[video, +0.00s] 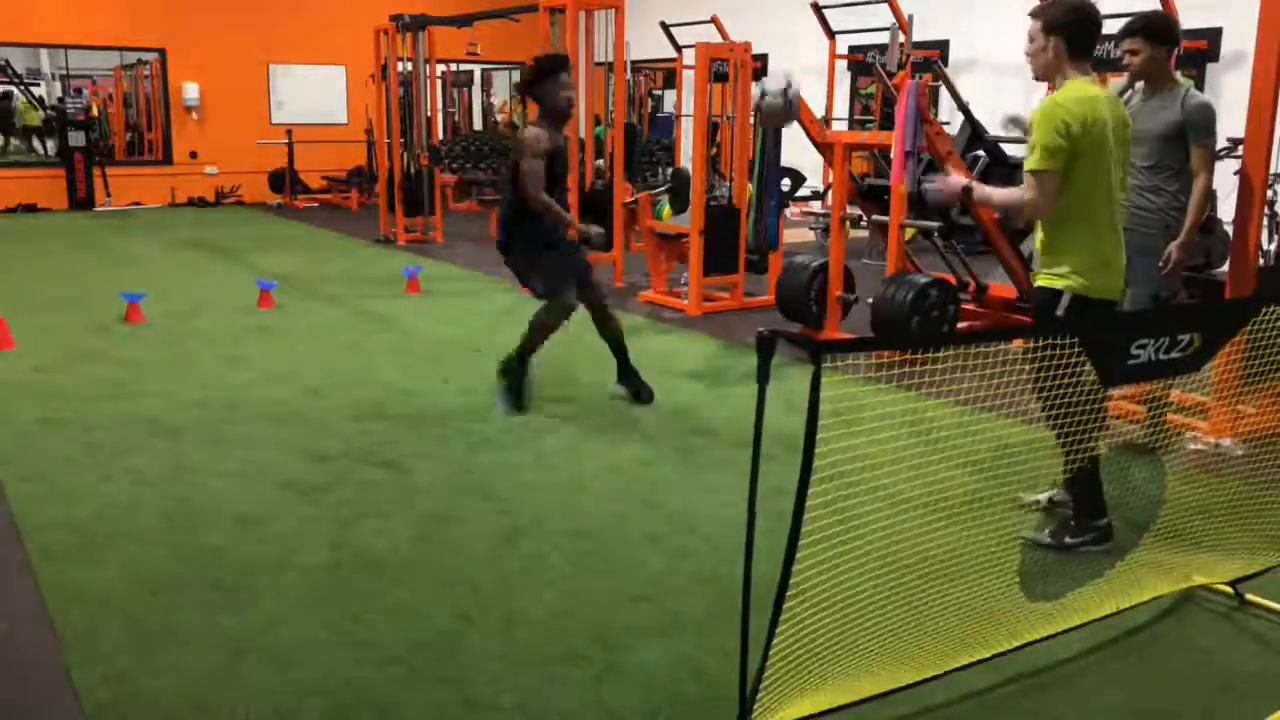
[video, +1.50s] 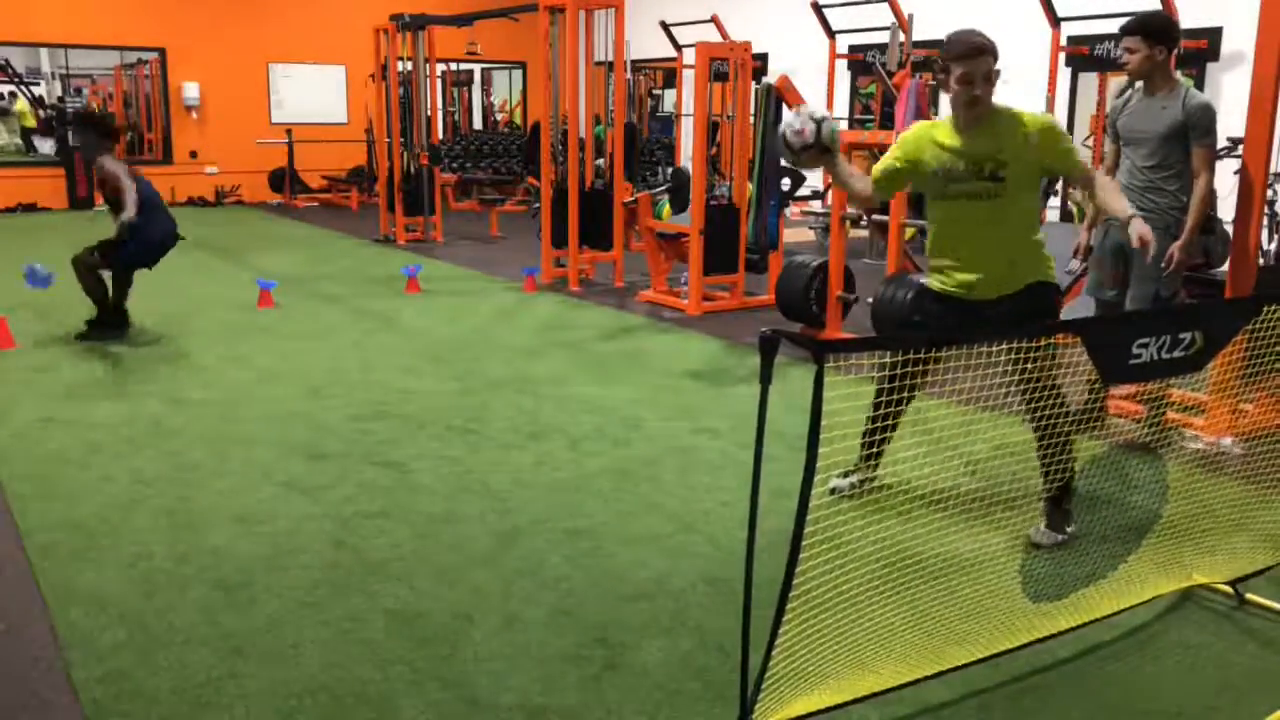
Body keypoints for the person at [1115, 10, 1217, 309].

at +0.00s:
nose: (1125, 61)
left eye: (1133, 53)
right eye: (1124, 54)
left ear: (1163, 52)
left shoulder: (1194, 106)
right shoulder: (1125, 99)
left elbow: (1203, 176)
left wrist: (1184, 240)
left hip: (1158, 238)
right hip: (1113, 230)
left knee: (1140, 327)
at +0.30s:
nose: (1123, 58)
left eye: (1132, 50)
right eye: (1124, 50)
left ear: (1160, 52)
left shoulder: (1195, 107)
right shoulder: (1121, 103)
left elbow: (1203, 177)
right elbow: (1110, 167)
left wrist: (1186, 241)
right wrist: (1103, 217)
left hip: (1161, 231)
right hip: (1116, 227)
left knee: (1140, 319)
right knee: (1109, 319)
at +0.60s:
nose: (1121, 59)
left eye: (1129, 51)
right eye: (1121, 51)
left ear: (1159, 54)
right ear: (1141, 56)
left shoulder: (1195, 107)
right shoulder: (1122, 103)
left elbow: (1205, 175)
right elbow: (1110, 168)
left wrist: (1189, 240)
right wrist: (1090, 224)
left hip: (1161, 233)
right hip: (1114, 227)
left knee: (1143, 326)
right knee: (1104, 322)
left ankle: (1150, 423)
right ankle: (1095, 413)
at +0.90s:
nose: (1121, 59)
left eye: (1128, 51)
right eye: (1121, 51)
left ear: (1158, 54)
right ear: (1143, 55)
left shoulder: (1195, 106)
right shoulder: (1121, 104)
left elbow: (1205, 175)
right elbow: (1109, 171)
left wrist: (1189, 238)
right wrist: (1088, 226)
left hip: (1160, 236)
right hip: (1114, 229)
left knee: (1143, 327)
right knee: (1105, 322)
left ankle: (1154, 421)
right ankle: (1097, 403)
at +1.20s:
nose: (1121, 58)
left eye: (1128, 51)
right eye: (1121, 51)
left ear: (1159, 54)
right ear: (1142, 55)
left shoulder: (1195, 106)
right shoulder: (1121, 103)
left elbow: (1204, 176)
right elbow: (1108, 170)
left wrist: (1188, 239)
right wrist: (1088, 227)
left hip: (1160, 235)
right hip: (1114, 228)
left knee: (1144, 326)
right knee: (1104, 322)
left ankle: (1155, 420)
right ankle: (1094, 404)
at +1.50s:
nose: (1123, 58)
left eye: (1131, 51)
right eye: (1123, 51)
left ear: (1162, 54)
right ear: (1139, 55)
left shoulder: (1195, 106)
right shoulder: (1122, 101)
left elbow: (1203, 178)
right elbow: (1108, 168)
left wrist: (1186, 239)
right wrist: (1089, 225)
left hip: (1162, 230)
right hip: (1115, 224)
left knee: (1143, 319)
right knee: (1103, 314)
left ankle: (1151, 416)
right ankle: (1095, 402)